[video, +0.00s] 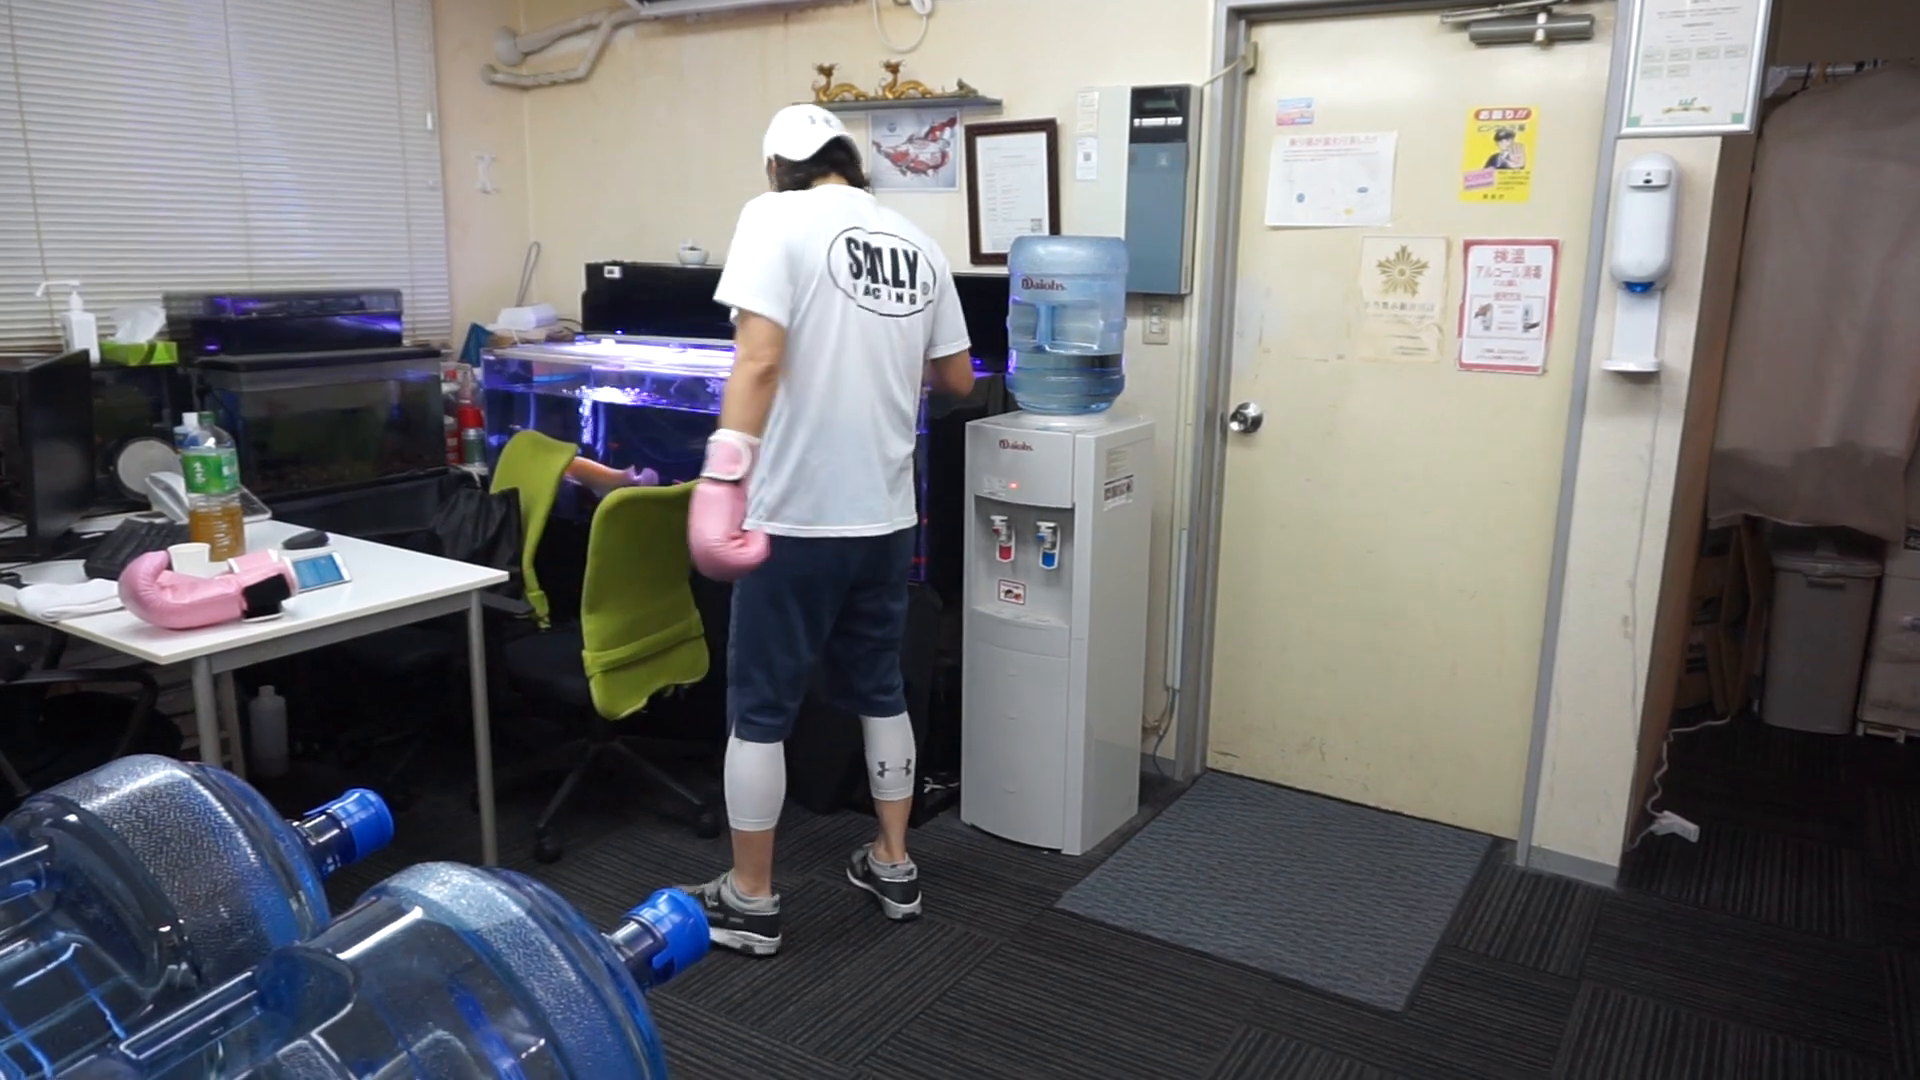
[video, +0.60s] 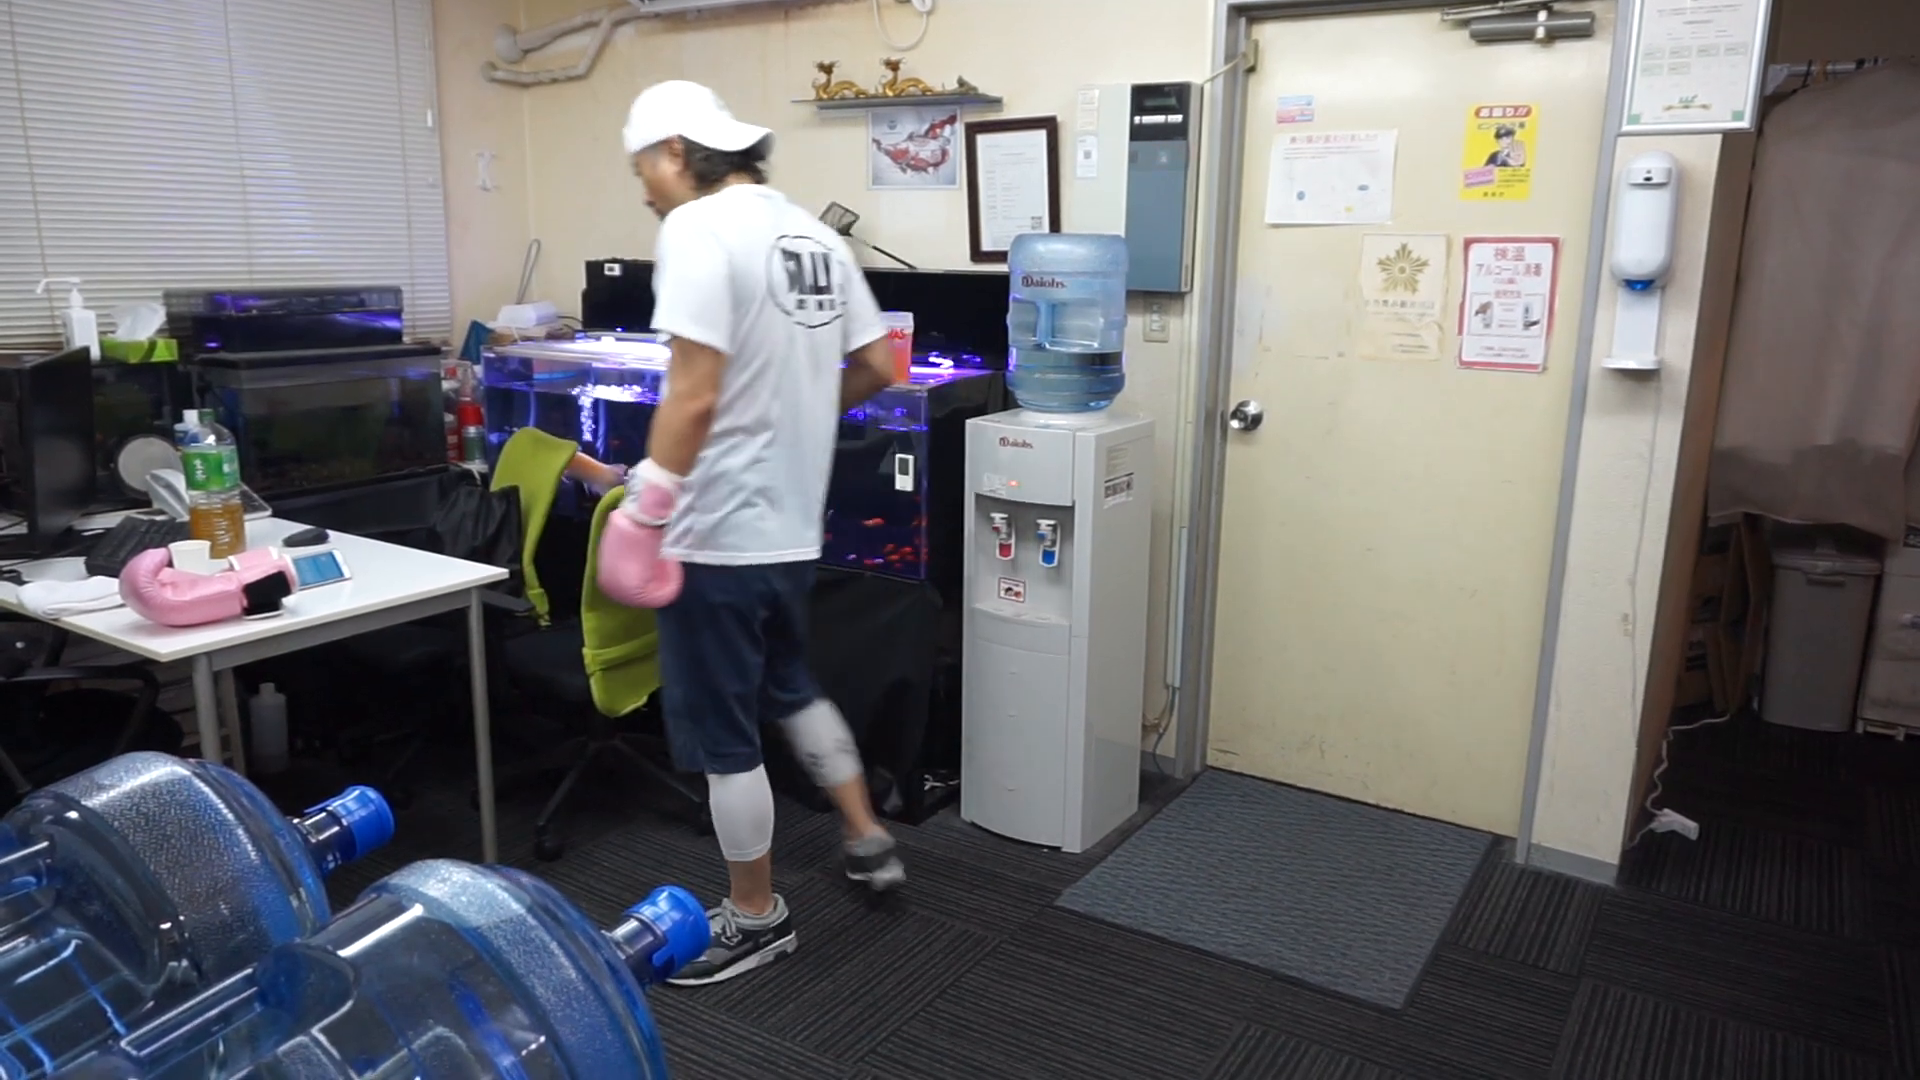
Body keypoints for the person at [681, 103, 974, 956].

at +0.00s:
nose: (770, 186)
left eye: (770, 176)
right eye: (775, 175)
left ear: (778, 170)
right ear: (853, 165)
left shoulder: (777, 215)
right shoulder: (917, 244)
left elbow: (761, 357)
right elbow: (957, 377)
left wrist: (723, 479)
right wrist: (881, 368)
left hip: (792, 517)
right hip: (885, 519)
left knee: (760, 707)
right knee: (882, 688)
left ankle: (751, 897)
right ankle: (895, 864)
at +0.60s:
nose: (643, 193)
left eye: (643, 171)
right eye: (639, 174)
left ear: (678, 154)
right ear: (714, 155)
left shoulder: (700, 229)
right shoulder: (813, 232)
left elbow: (694, 392)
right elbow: (879, 365)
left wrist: (641, 510)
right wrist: (791, 407)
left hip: (721, 529)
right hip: (792, 526)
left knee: (725, 731)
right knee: (788, 686)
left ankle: (754, 913)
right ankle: (869, 840)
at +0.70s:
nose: (611, 191)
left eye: (612, 169)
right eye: (607, 172)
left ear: (649, 150)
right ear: (681, 151)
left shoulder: (676, 232)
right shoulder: (786, 230)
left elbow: (663, 401)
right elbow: (832, 379)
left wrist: (609, 524)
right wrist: (760, 448)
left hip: (702, 532)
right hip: (768, 523)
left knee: (716, 726)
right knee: (735, 688)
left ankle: (754, 912)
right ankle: (806, 832)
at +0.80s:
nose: (577, 189)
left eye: (577, 167)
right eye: (572, 170)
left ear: (616, 147)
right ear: (644, 150)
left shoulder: (655, 233)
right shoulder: (747, 225)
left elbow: (643, 402)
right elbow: (800, 376)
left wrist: (585, 535)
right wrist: (741, 463)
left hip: (688, 538)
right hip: (738, 526)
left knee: (710, 731)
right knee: (647, 687)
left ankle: (759, 912)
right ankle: (702, 860)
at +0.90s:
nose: (536, 191)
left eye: (539, 170)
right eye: (531, 174)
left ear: (581, 152)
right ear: (608, 152)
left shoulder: (633, 237)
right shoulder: (701, 222)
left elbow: (625, 415)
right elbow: (769, 366)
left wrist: (568, 546)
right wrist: (699, 452)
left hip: (671, 546)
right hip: (683, 530)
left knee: (705, 737)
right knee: (590, 696)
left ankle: (756, 914)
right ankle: (593, 881)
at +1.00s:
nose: (493, 198)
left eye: (494, 175)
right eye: (485, 181)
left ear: (537, 154)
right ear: (554, 156)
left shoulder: (609, 241)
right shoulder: (649, 227)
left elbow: (613, 418)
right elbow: (716, 356)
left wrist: (563, 552)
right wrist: (647, 451)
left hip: (648, 557)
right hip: (623, 552)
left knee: (698, 745)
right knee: (550, 724)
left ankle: (756, 911)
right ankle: (496, 903)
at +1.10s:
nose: (447, 207)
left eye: (445, 183)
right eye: (437, 189)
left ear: (488, 158)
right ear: (493, 158)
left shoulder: (583, 241)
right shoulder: (559, 243)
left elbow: (601, 417)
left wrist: (566, 558)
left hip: (617, 570)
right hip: (558, 566)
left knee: (674, 751)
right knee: (503, 750)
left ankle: (751, 906)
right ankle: (469, 931)